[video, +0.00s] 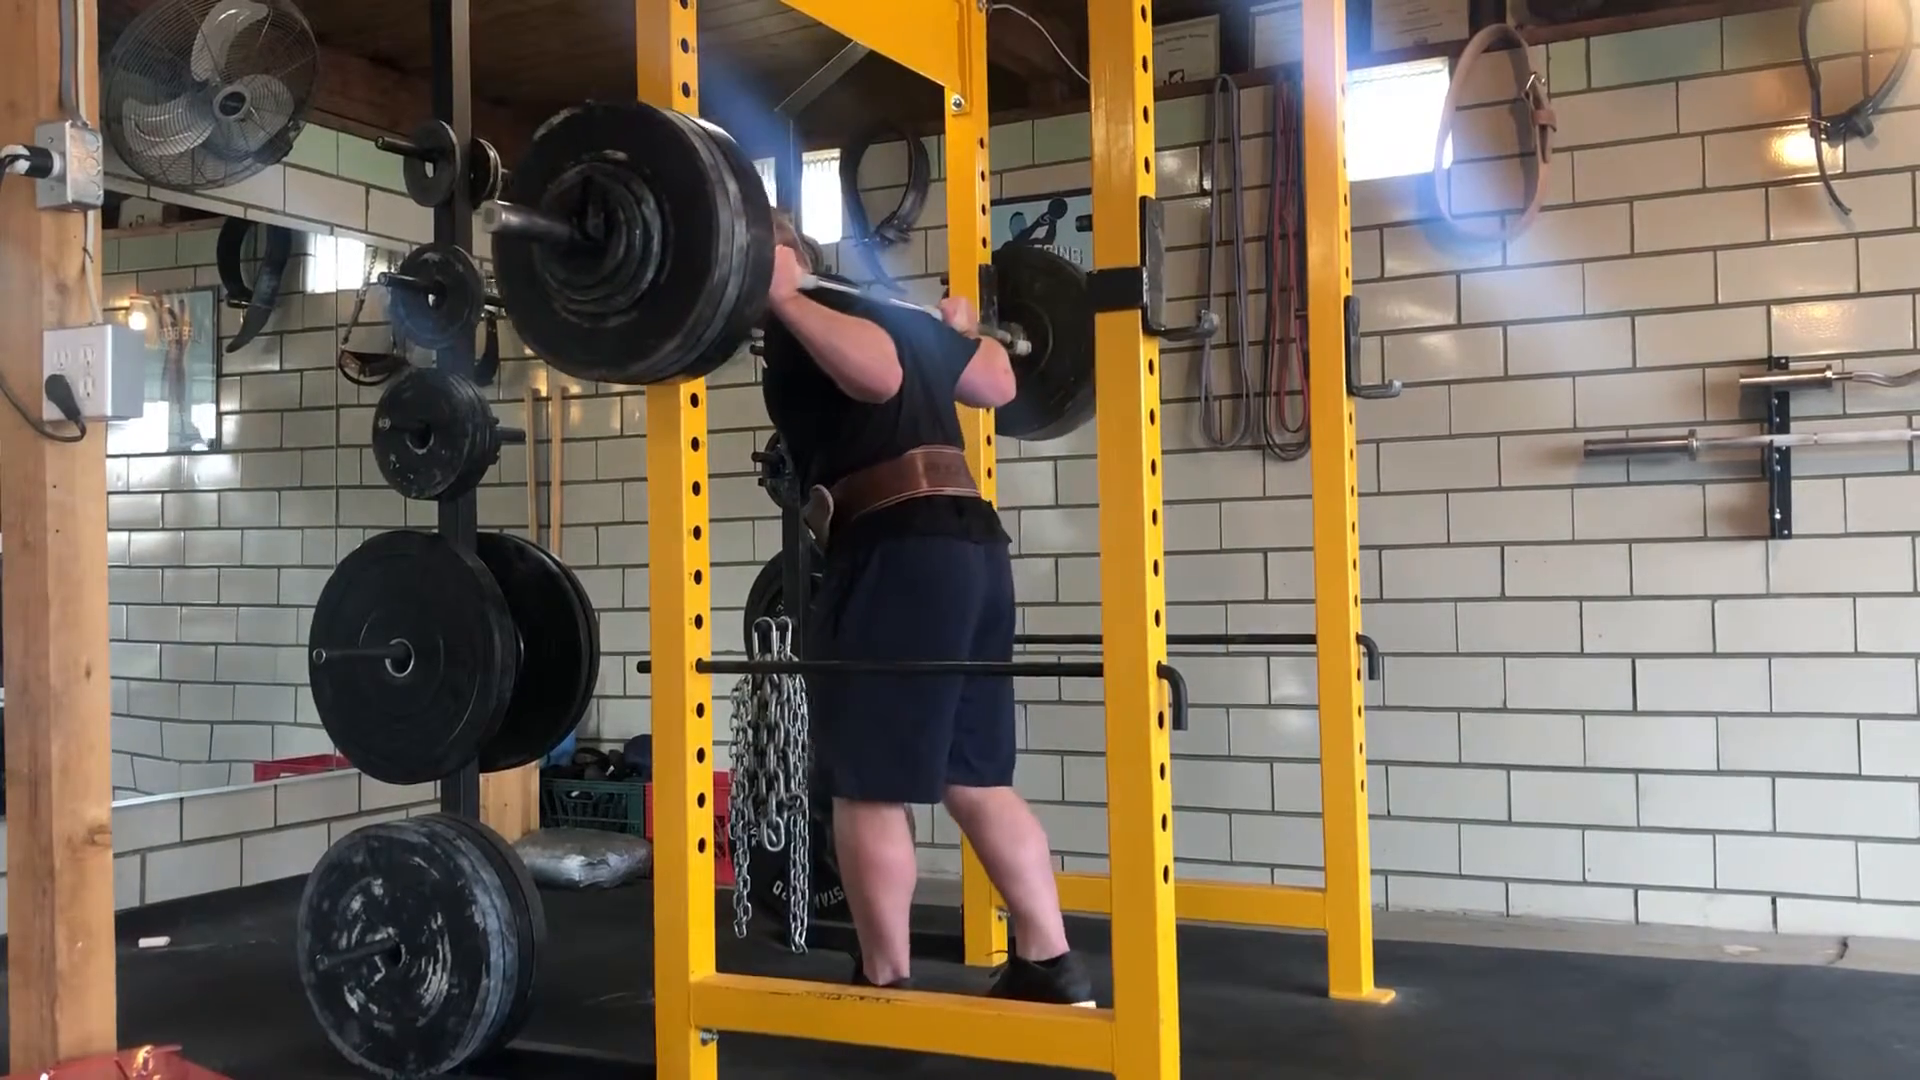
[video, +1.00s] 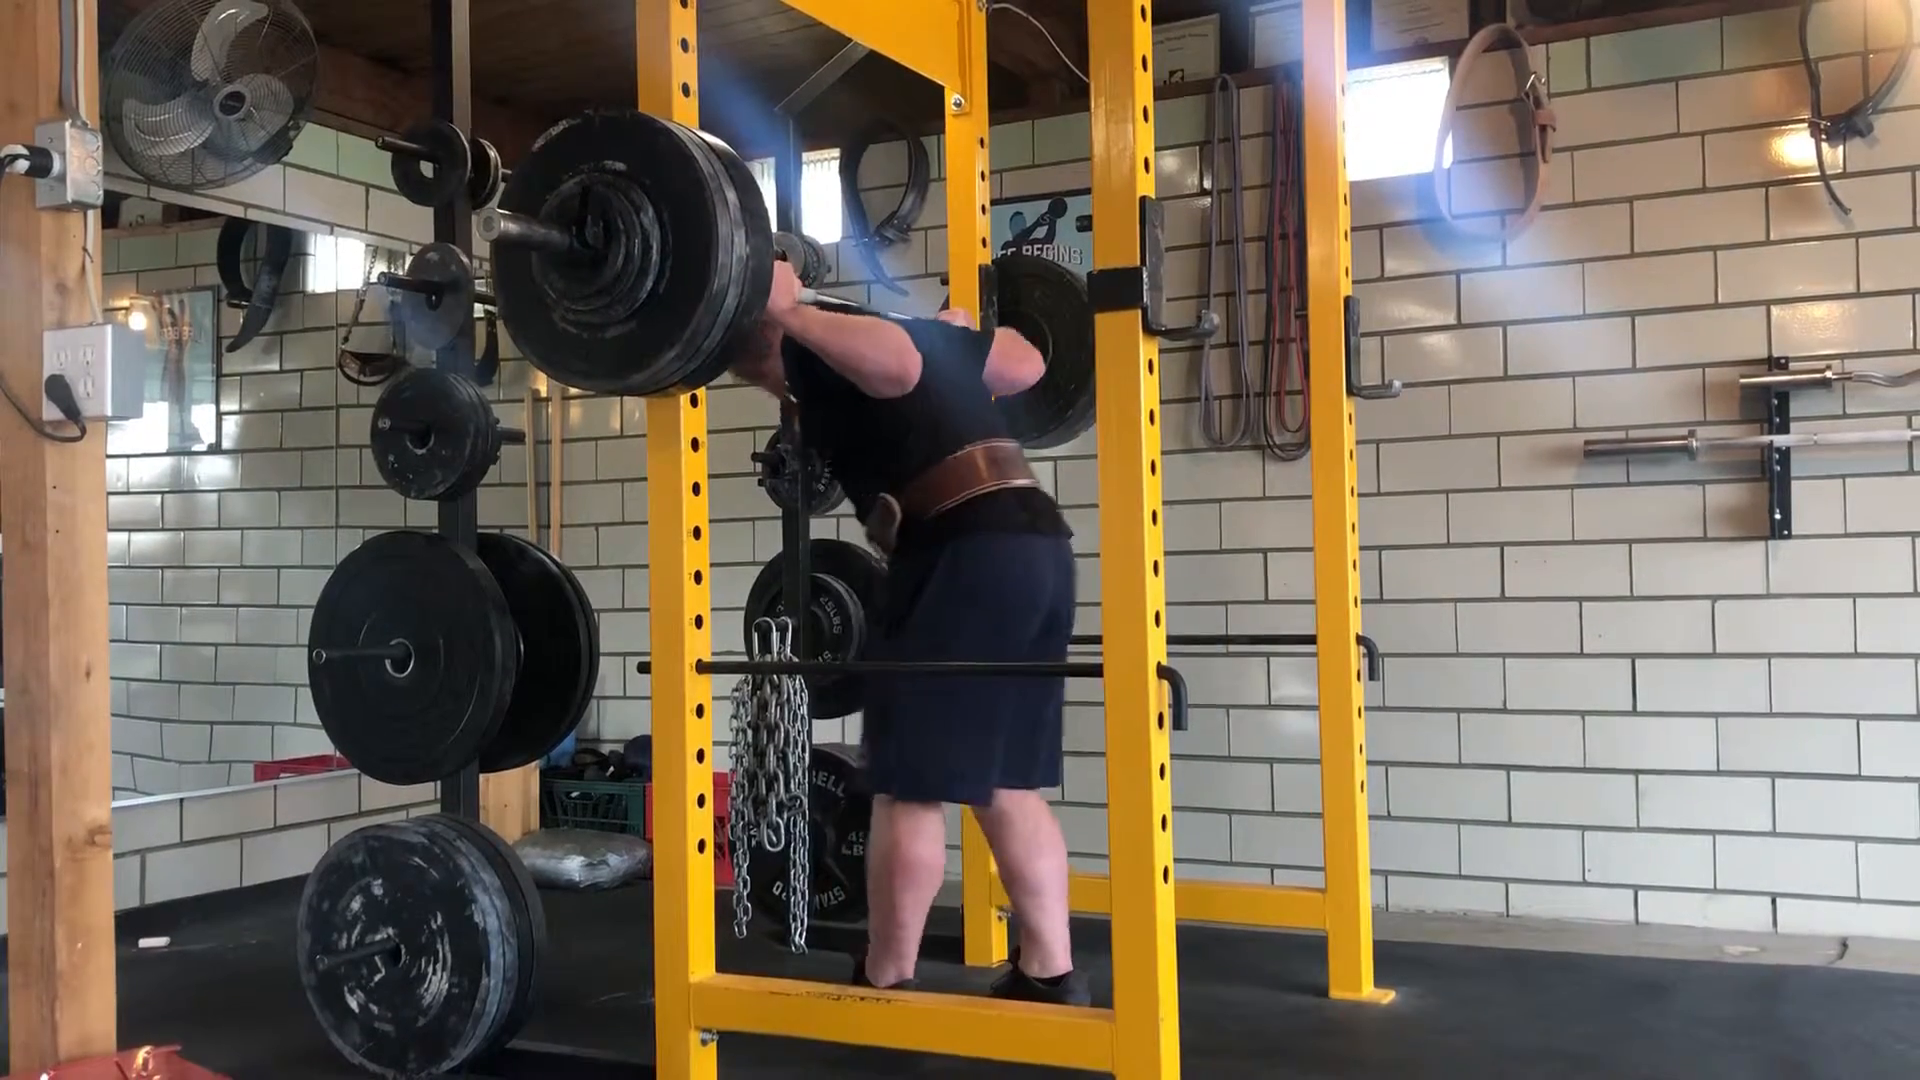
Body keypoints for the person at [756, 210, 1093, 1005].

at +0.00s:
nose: (752, 271)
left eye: (756, 252)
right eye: (750, 255)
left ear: (786, 251)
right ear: (804, 250)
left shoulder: (807, 317)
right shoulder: (894, 317)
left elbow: (880, 375)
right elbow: (997, 381)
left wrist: (781, 298)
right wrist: (964, 330)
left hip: (899, 554)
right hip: (977, 553)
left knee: (868, 784)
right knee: (975, 778)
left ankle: (884, 986)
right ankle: (1048, 964)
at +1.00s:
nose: (746, 378)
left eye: (742, 364)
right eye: (740, 364)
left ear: (759, 336)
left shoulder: (815, 340)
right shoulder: (920, 332)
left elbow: (898, 363)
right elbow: (1024, 360)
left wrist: (790, 312)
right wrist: (965, 326)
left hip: (969, 551)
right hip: (1039, 545)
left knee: (909, 776)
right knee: (1008, 775)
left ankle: (885, 981)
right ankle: (1048, 973)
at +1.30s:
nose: (840, 459)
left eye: (824, 452)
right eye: (826, 457)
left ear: (817, 406)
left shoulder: (864, 367)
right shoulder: (969, 338)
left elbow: (907, 350)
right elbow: (1072, 348)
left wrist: (786, 309)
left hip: (1041, 544)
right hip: (1101, 534)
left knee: (968, 760)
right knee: (1042, 769)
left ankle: (992, 988)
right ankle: (1055, 978)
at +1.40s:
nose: (868, 462)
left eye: (849, 454)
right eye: (853, 460)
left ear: (837, 403)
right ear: (846, 389)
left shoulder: (900, 351)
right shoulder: (991, 336)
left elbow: (903, 345)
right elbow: (1089, 359)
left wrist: (787, 308)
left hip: (1067, 541)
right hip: (1109, 529)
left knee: (995, 752)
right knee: (1046, 757)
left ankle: (1077, 967)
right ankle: (1064, 953)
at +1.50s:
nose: (879, 451)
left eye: (864, 441)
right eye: (863, 446)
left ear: (859, 396)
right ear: (863, 399)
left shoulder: (936, 331)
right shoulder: (951, 371)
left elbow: (901, 364)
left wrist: (792, 306)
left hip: (1101, 539)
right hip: (1080, 543)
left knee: (1055, 763)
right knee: (1050, 762)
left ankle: (1179, 968)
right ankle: (1054, 973)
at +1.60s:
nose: (870, 422)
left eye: (862, 406)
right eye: (862, 413)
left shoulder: (976, 312)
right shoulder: (1034, 319)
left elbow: (894, 375)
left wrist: (795, 305)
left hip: (1125, 547)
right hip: (1132, 545)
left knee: (1107, 780)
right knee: (1079, 782)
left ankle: (1249, 979)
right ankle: (1053, 989)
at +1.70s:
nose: (911, 319)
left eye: (918, 305)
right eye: (905, 313)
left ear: (953, 282)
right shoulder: (1082, 299)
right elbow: (1198, 402)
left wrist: (794, 310)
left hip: (1154, 564)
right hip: (1182, 555)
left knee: (1145, 786)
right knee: (1093, 779)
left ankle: (1277, 1004)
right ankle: (1060, 978)